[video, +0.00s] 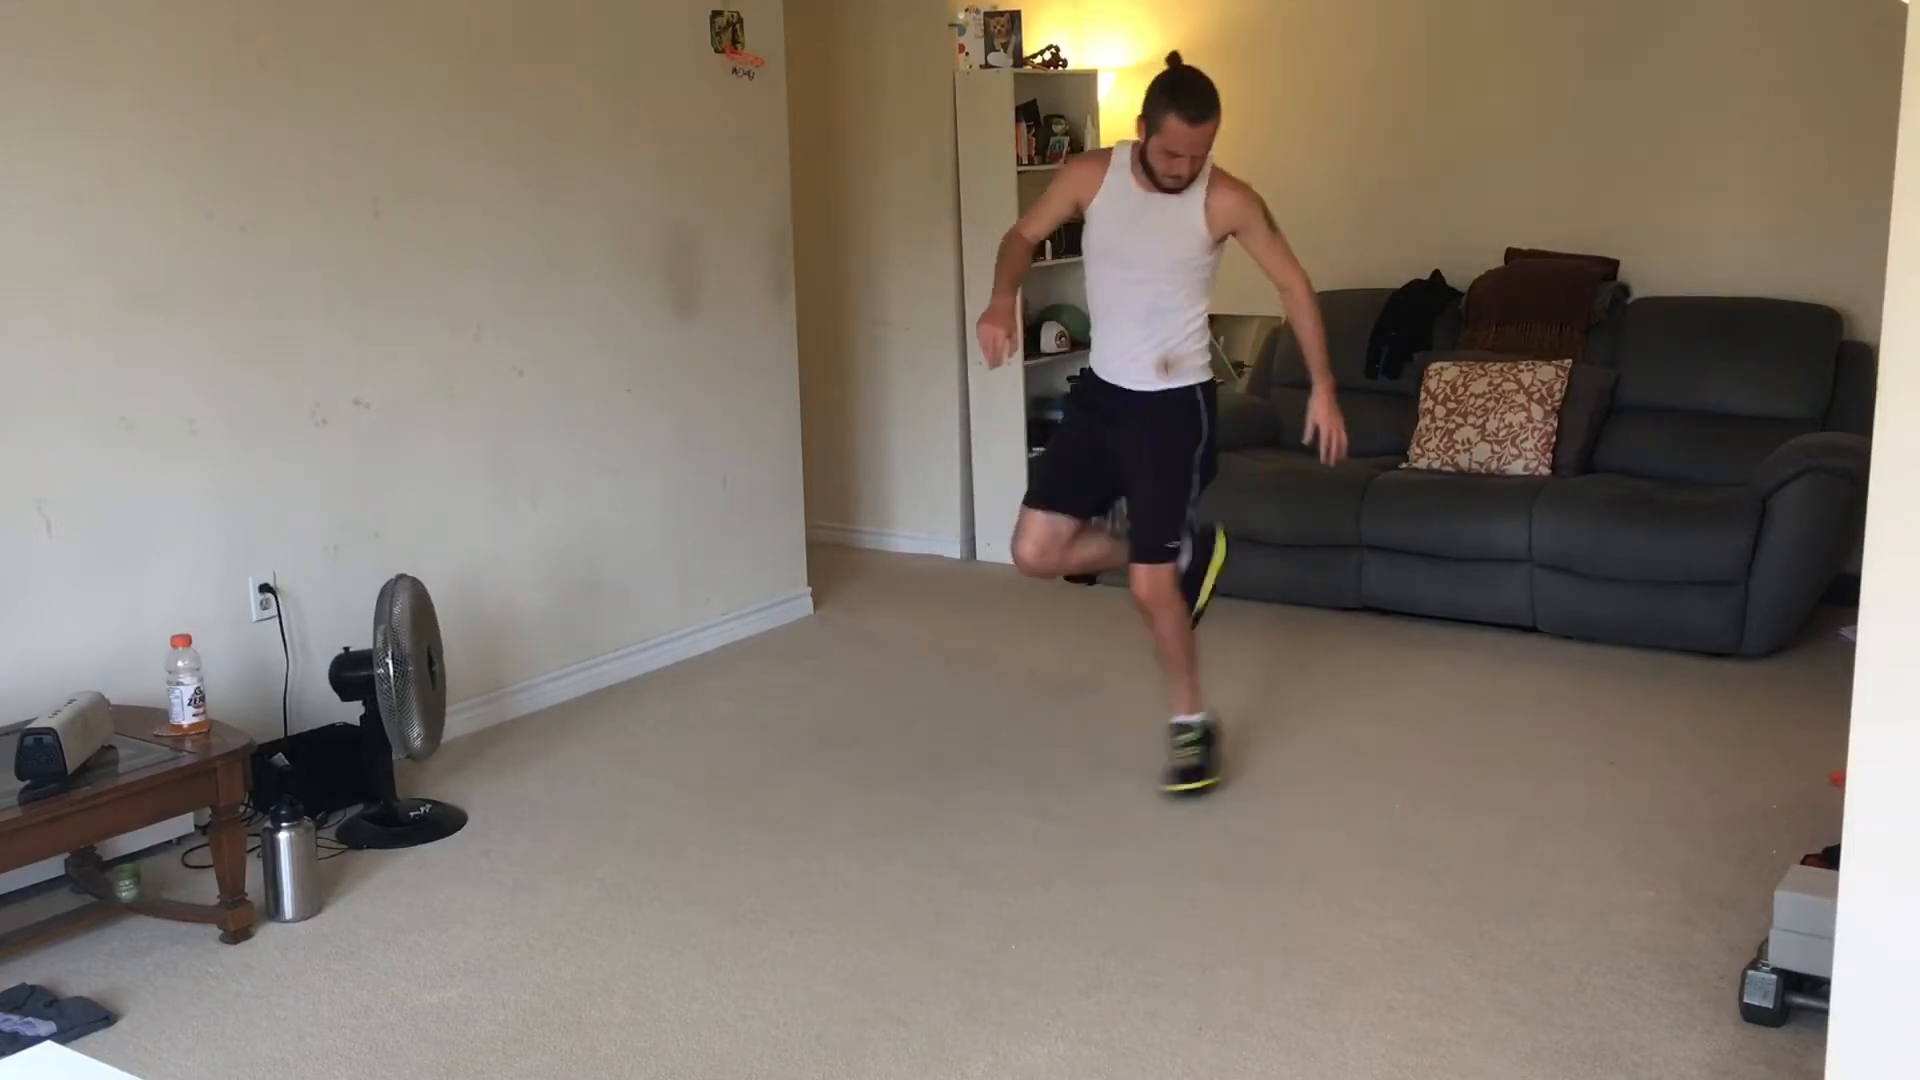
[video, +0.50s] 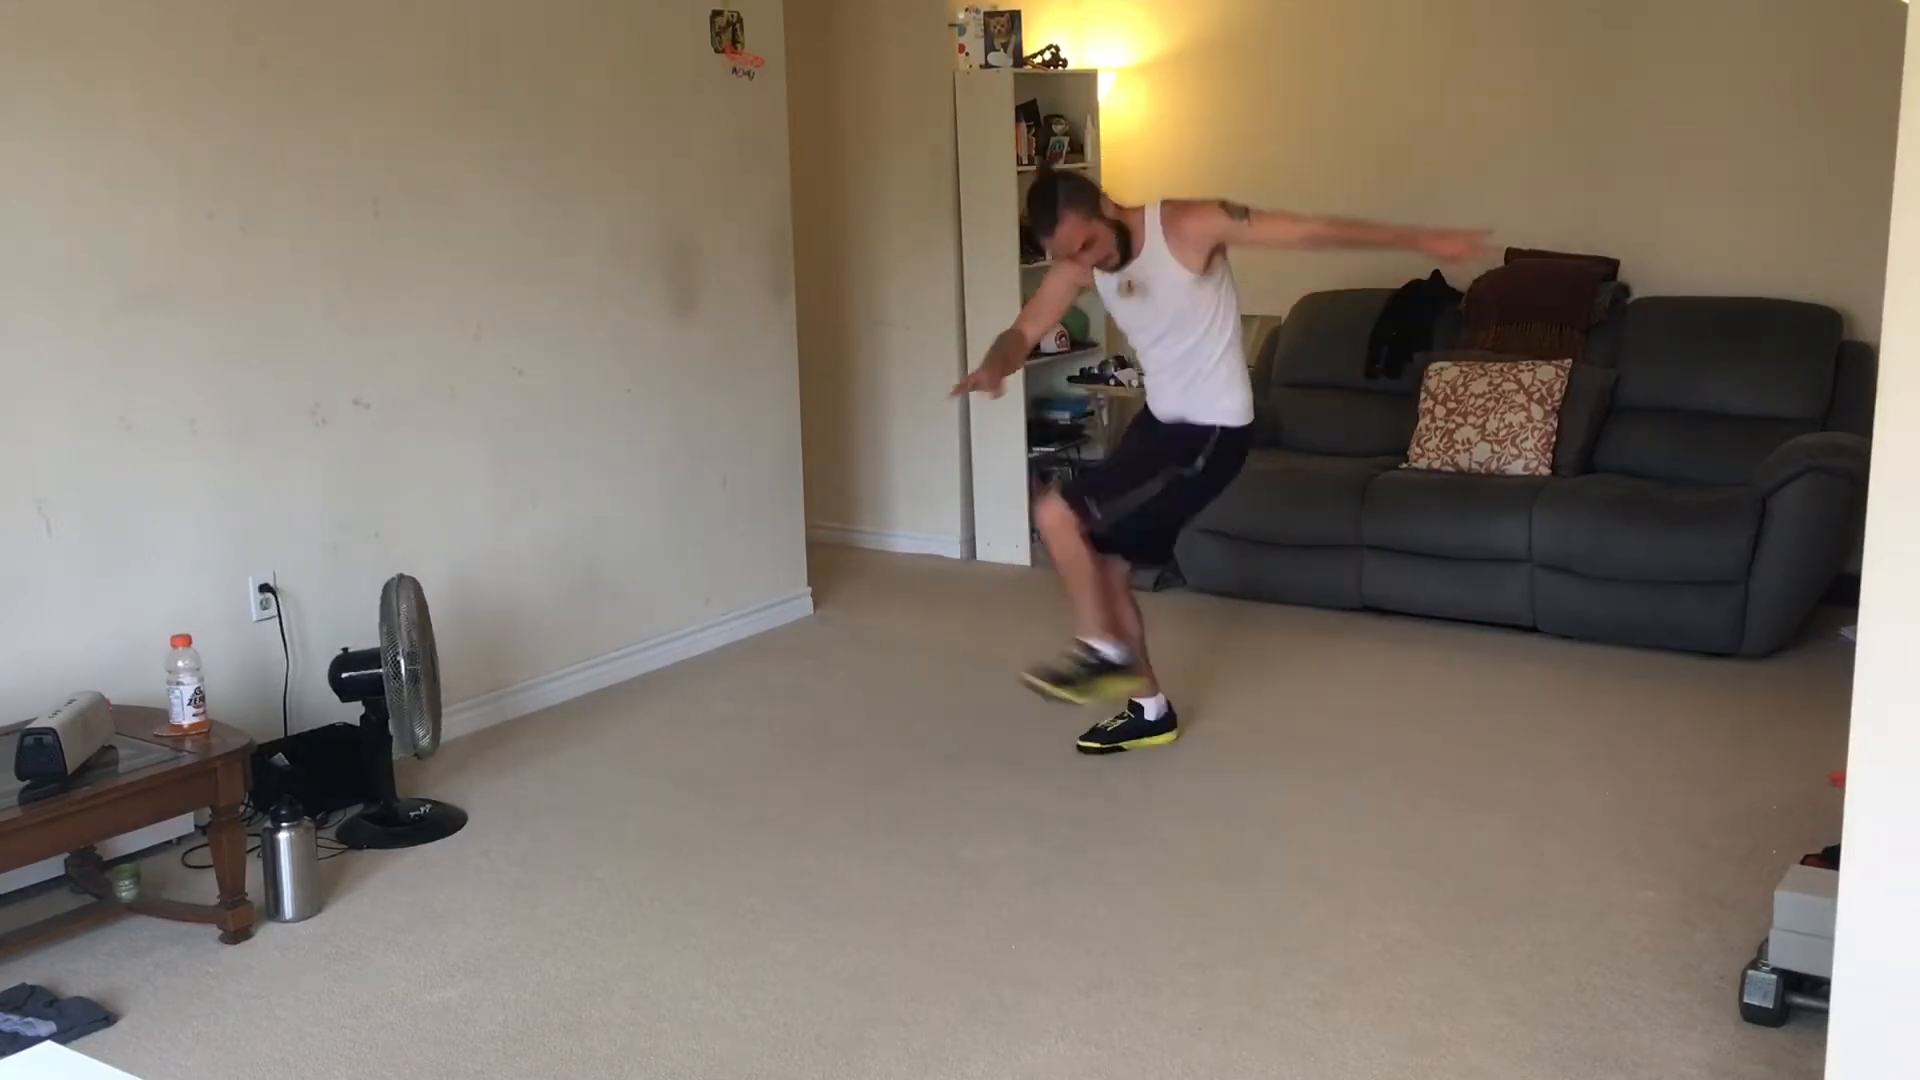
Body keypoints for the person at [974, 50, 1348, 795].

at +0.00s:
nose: (1182, 166)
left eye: (1195, 154)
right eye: (1170, 152)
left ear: (1213, 138)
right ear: (1143, 129)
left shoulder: (1228, 201)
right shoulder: (1090, 175)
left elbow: (1295, 288)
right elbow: (1024, 236)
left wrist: (1323, 387)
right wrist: (1001, 299)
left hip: (1174, 406)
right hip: (1098, 395)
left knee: (1153, 583)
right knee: (1037, 551)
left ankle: (1189, 724)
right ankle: (1181, 556)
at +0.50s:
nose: (1088, 263)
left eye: (1088, 246)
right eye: (1073, 257)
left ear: (1107, 209)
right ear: (1060, 245)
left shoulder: (1188, 225)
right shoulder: (1081, 263)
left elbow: (1311, 232)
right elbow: (1026, 331)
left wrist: (1425, 241)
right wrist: (992, 369)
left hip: (1215, 427)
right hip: (1160, 422)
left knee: (1060, 512)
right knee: (1102, 561)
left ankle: (1101, 649)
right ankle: (1149, 705)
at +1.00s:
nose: (1118, 165)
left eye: (1134, 153)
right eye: (1110, 150)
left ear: (1171, 140)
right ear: (1104, 137)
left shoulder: (1201, 204)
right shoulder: (1117, 191)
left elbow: (1148, 288)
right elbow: (1133, 303)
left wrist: (1044, 241)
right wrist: (1093, 358)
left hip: (1171, 412)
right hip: (1104, 396)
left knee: (1160, 582)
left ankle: (1197, 730)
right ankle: (1060, 647)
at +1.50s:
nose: (1017, 182)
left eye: (1026, 166)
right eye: (1008, 169)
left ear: (1067, 149)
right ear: (1004, 160)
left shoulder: (1125, 210)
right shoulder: (1029, 218)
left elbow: (1219, 287)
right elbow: (1028, 299)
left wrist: (1182, 384)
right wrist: (979, 377)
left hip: (1117, 410)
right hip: (1056, 411)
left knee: (1020, 535)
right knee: (1013, 584)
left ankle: (1062, 678)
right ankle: (1079, 734)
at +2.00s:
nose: (1003, 159)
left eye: (1009, 143)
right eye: (994, 146)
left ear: (1049, 125)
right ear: (1020, 135)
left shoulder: (1105, 180)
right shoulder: (1040, 197)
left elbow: (1197, 254)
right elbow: (1048, 287)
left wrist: (1195, 361)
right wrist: (984, 341)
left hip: (1111, 394)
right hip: (1064, 392)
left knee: (983, 498)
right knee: (1066, 549)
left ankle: (1043, 617)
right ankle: (1120, 695)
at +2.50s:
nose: (985, 175)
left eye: (991, 158)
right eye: (975, 163)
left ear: (1028, 133)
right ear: (974, 154)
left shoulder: (1093, 178)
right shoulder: (1008, 211)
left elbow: (1188, 233)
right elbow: (1019, 291)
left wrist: (1133, 327)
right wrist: (968, 351)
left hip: (1133, 390)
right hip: (1067, 399)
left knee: (1051, 526)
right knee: (1059, 568)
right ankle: (1129, 720)